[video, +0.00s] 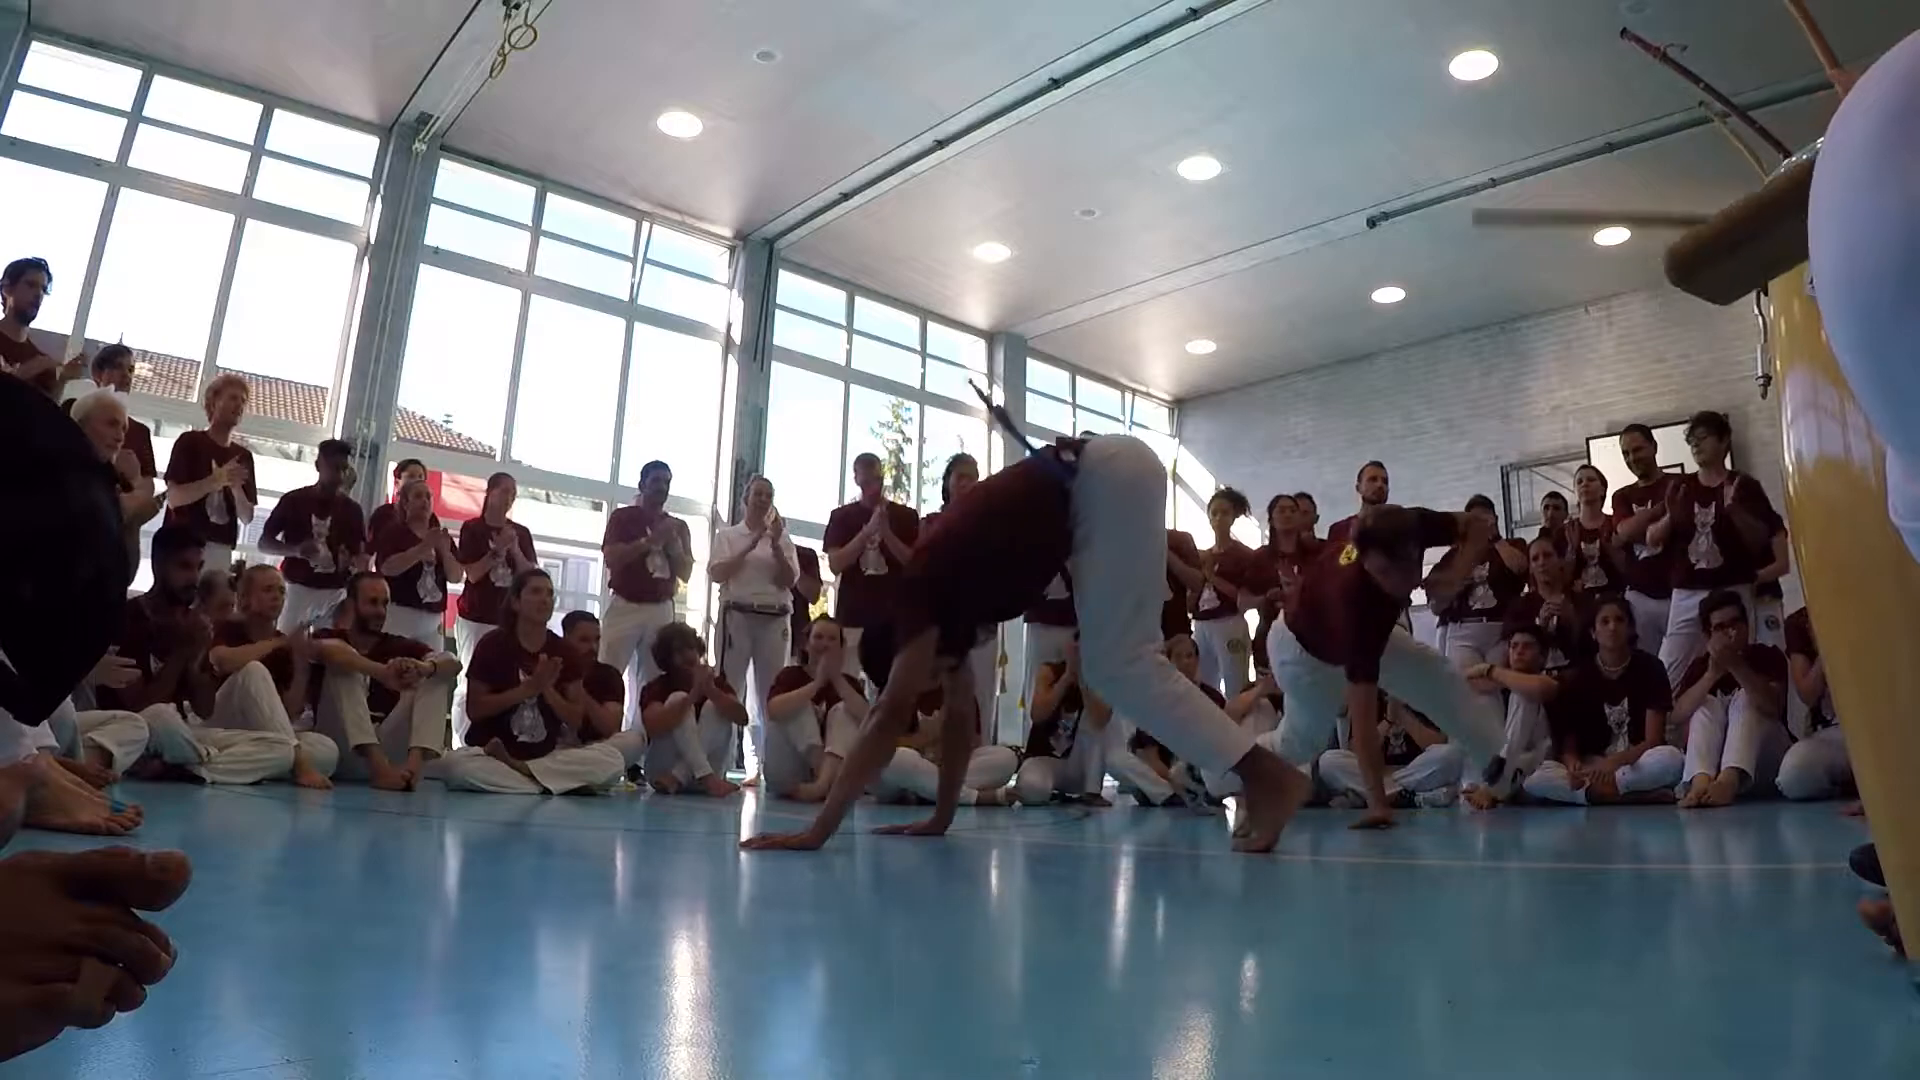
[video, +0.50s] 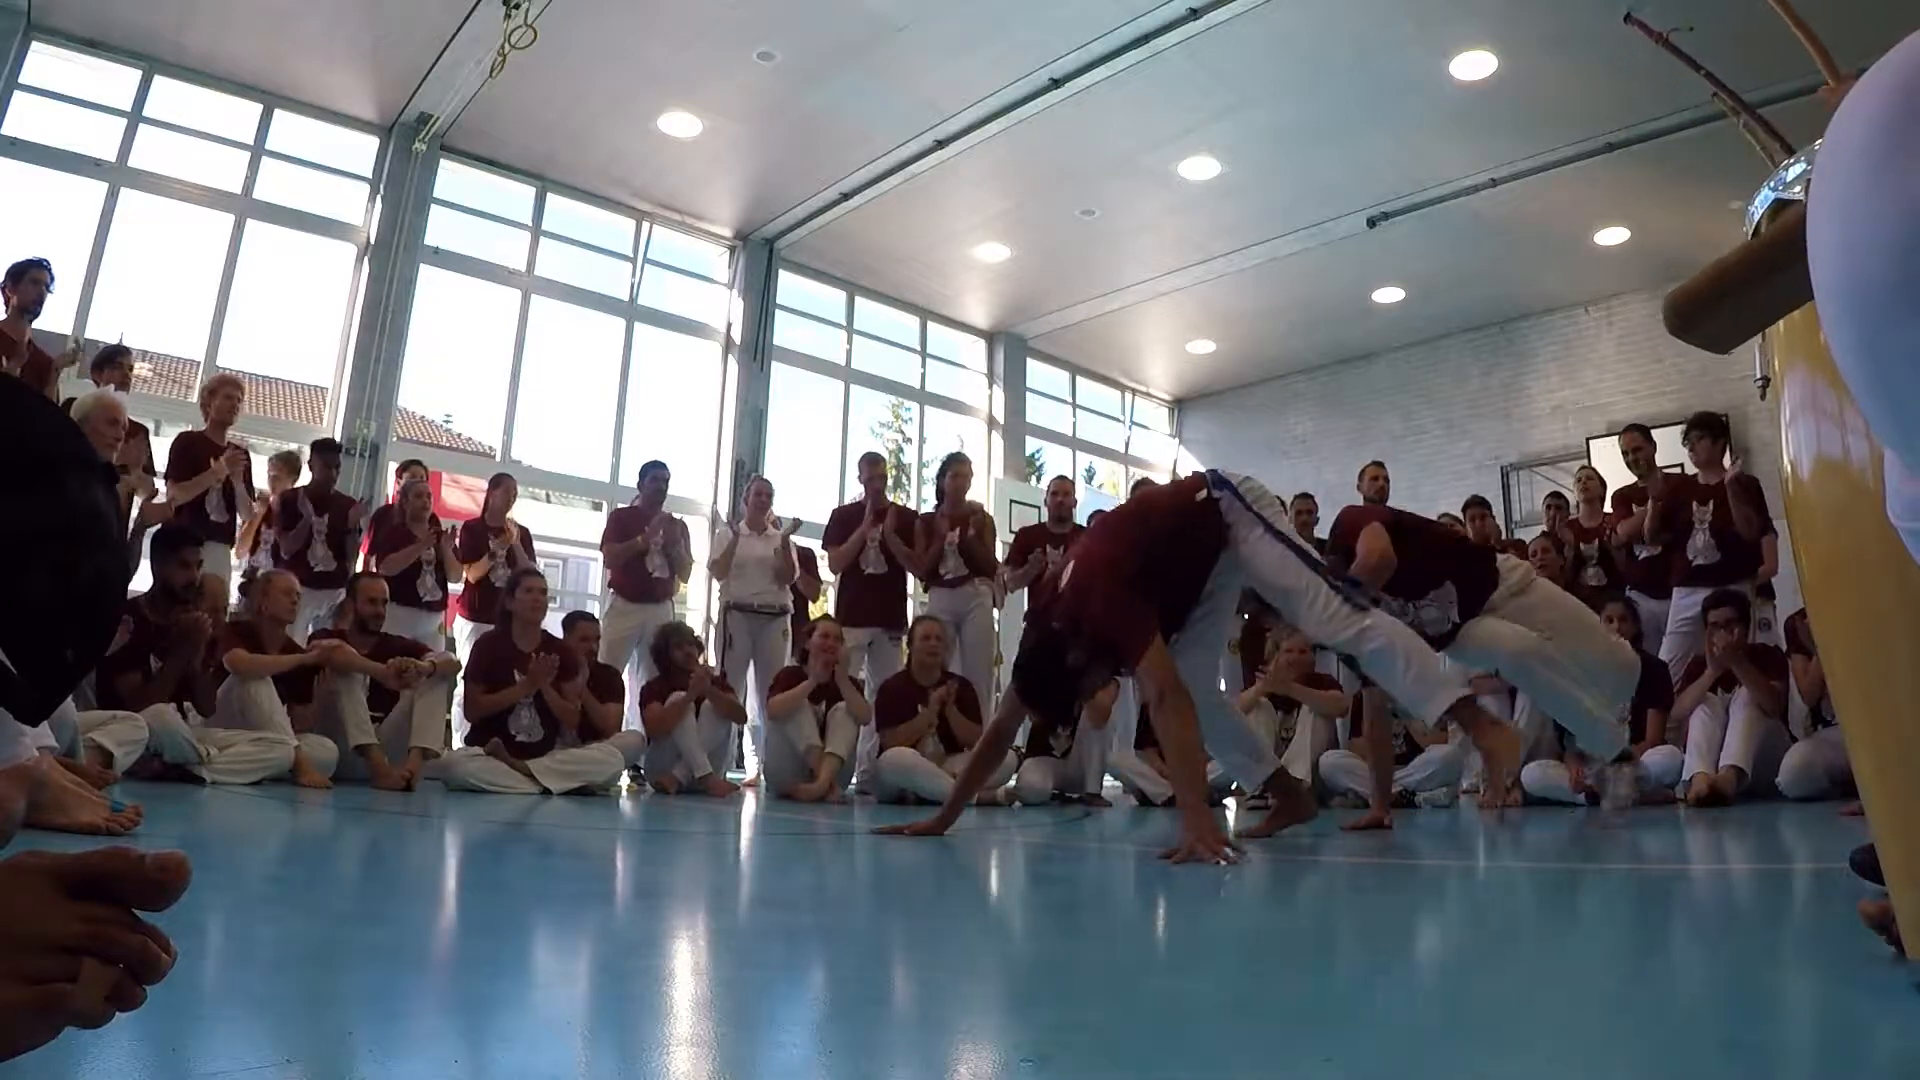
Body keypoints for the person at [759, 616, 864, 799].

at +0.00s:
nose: (825, 644)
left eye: (832, 639)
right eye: (818, 637)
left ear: (841, 646)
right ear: (807, 644)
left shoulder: (850, 683)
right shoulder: (791, 675)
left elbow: (866, 718)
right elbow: (774, 710)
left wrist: (836, 677)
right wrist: (817, 683)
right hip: (787, 774)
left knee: (843, 710)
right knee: (795, 703)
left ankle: (823, 784)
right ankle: (831, 779)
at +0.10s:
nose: (826, 643)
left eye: (833, 639)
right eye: (820, 637)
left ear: (841, 646)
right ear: (807, 643)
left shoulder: (850, 682)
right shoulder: (790, 674)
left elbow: (865, 716)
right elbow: (775, 709)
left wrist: (841, 677)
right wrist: (814, 681)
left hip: (834, 775)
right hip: (787, 775)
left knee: (844, 709)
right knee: (796, 702)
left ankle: (823, 784)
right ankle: (828, 783)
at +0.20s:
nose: (827, 643)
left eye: (834, 639)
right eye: (821, 637)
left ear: (842, 646)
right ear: (807, 644)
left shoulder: (849, 682)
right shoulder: (791, 674)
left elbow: (864, 716)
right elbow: (775, 709)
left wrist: (835, 677)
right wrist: (818, 687)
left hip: (834, 775)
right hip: (787, 775)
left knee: (843, 710)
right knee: (798, 703)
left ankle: (822, 784)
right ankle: (829, 782)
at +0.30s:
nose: (829, 643)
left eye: (836, 639)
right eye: (822, 636)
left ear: (842, 648)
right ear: (807, 643)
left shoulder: (848, 682)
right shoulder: (791, 674)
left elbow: (865, 716)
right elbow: (775, 709)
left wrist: (836, 680)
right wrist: (818, 687)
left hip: (833, 776)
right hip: (787, 776)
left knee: (844, 709)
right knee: (798, 703)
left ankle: (822, 784)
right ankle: (828, 783)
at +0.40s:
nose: (830, 643)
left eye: (837, 639)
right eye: (824, 636)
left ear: (842, 648)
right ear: (807, 642)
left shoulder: (849, 682)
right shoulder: (790, 674)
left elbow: (865, 716)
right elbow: (774, 710)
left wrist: (836, 679)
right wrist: (817, 683)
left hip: (833, 776)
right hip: (787, 776)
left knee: (844, 709)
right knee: (797, 702)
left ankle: (822, 784)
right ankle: (829, 783)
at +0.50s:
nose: (831, 644)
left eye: (837, 639)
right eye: (824, 637)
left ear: (842, 648)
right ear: (807, 642)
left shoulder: (851, 684)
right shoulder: (790, 674)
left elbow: (865, 717)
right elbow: (774, 710)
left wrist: (841, 678)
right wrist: (812, 681)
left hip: (833, 776)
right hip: (787, 776)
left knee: (844, 710)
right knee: (796, 702)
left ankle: (822, 784)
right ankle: (828, 783)